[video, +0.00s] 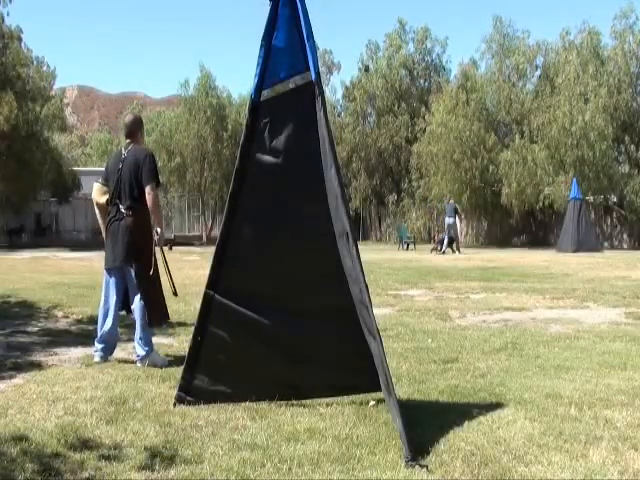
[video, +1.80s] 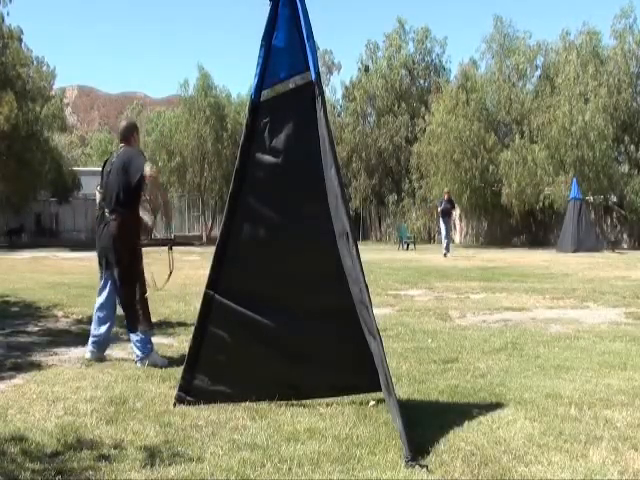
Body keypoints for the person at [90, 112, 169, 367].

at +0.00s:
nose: (143, 134)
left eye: (140, 131)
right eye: (143, 131)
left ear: (123, 133)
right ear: (140, 132)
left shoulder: (113, 160)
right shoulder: (144, 156)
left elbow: (98, 198)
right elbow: (150, 194)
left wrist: (105, 230)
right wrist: (158, 227)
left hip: (114, 231)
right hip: (137, 231)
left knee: (110, 293)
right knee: (141, 292)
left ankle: (102, 348)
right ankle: (144, 350)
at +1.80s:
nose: (140, 140)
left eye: (138, 136)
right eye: (139, 136)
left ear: (120, 138)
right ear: (135, 137)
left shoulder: (110, 160)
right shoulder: (134, 156)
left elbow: (101, 194)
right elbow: (148, 181)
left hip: (106, 223)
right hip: (124, 225)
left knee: (107, 288)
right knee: (132, 288)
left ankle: (96, 346)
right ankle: (144, 351)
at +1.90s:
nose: (140, 138)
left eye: (138, 135)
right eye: (139, 134)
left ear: (119, 138)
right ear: (134, 136)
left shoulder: (112, 160)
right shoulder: (128, 152)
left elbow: (110, 200)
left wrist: (140, 214)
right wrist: (167, 149)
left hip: (100, 236)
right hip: (119, 237)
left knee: (104, 292)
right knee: (138, 289)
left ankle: (95, 347)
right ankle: (143, 350)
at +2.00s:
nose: (144, 140)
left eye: (143, 137)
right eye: (142, 136)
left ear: (123, 138)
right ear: (135, 138)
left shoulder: (110, 163)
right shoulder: (129, 156)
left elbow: (94, 186)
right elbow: (143, 136)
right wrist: (163, 119)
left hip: (98, 238)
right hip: (118, 238)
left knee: (100, 296)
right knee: (133, 292)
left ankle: (95, 347)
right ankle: (130, 349)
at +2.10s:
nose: (144, 151)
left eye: (141, 148)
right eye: (143, 148)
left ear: (123, 148)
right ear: (139, 149)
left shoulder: (112, 164)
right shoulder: (141, 168)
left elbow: (90, 184)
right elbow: (167, 181)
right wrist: (177, 156)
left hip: (92, 224)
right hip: (111, 229)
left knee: (94, 285)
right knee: (122, 284)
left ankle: (94, 346)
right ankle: (126, 350)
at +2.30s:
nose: (140, 158)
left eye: (138, 154)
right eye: (139, 154)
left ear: (119, 154)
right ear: (133, 155)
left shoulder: (102, 168)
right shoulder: (135, 182)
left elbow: (75, 193)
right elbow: (137, 224)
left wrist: (88, 219)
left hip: (90, 230)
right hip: (112, 236)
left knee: (95, 289)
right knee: (127, 290)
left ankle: (89, 346)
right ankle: (127, 351)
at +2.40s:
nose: (131, 149)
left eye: (128, 144)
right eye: (131, 145)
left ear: (111, 144)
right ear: (127, 146)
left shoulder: (95, 161)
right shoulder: (131, 172)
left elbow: (76, 192)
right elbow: (132, 213)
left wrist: (92, 206)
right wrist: (131, 242)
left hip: (85, 230)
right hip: (108, 235)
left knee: (92, 290)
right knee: (117, 291)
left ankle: (74, 346)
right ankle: (127, 352)